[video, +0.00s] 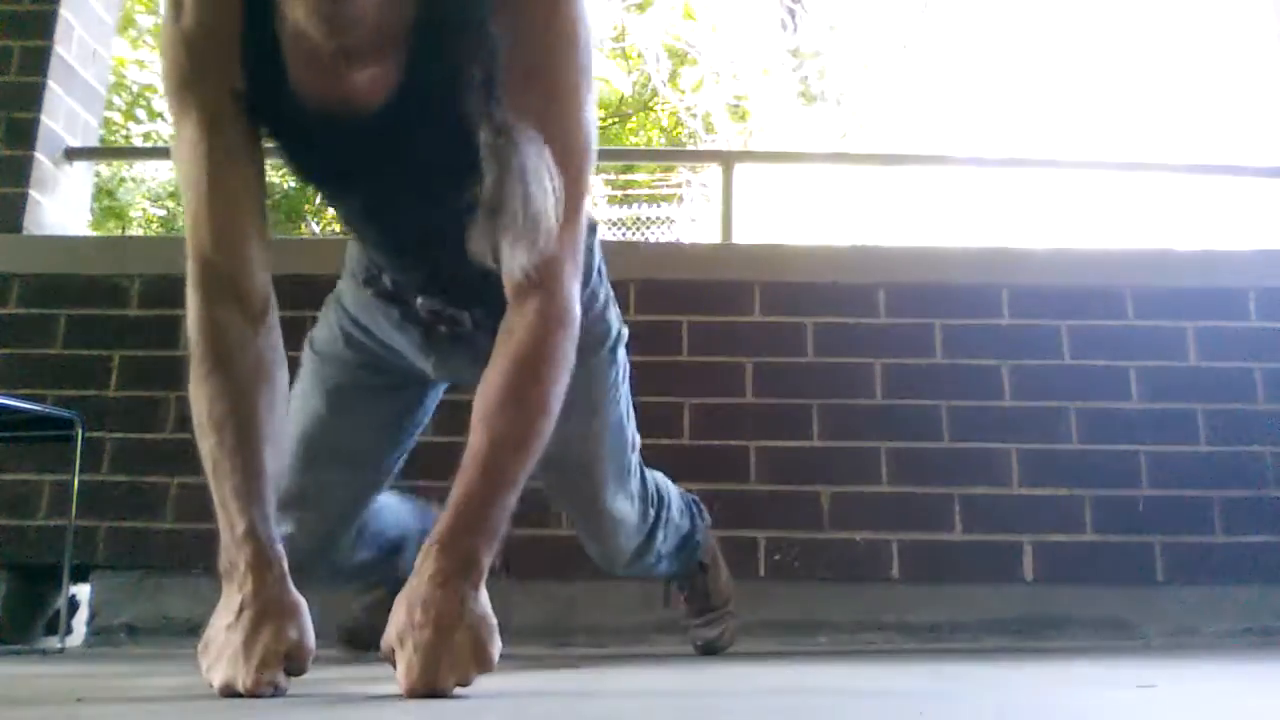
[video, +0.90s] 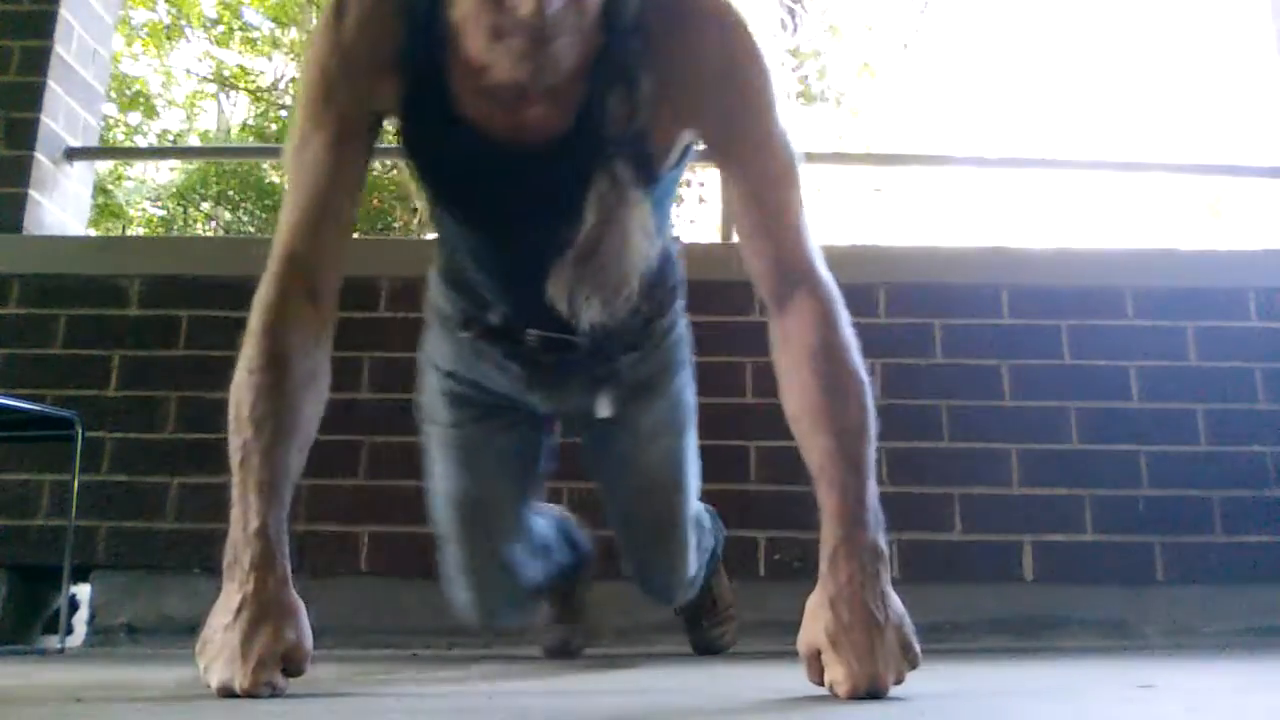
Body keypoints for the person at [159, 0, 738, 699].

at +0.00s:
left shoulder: (529, 16)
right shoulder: (210, 24)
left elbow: (544, 290)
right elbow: (228, 298)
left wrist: (456, 566)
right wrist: (249, 566)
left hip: (536, 295)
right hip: (384, 293)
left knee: (618, 535)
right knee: (298, 539)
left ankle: (688, 542)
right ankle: (427, 546)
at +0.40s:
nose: (337, 50)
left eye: (355, 16)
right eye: (311, 21)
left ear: (404, 4)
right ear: (283, 6)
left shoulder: (515, 18)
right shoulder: (214, 27)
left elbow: (575, 288)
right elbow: (227, 298)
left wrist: (532, 551)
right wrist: (248, 571)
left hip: (523, 321)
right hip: (361, 319)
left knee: (596, 544)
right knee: (284, 589)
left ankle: (678, 533)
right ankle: (360, 562)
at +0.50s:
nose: (357, 5)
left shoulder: (539, 22)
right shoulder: (237, 31)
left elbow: (660, 264)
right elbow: (240, 299)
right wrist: (248, 565)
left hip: (531, 316)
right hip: (367, 316)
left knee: (615, 542)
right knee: (299, 564)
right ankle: (357, 564)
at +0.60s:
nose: (400, 16)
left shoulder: (572, 40)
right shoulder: (266, 33)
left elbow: (730, 292)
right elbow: (251, 303)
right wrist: (249, 572)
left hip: (551, 330)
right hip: (384, 319)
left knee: (621, 542)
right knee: (320, 555)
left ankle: (690, 545)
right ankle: (378, 562)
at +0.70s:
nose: (437, 36)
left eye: (473, 1)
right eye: (401, 1)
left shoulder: (612, 58)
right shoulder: (296, 38)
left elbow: (759, 303)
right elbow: (263, 308)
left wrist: (850, 557)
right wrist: (251, 568)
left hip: (574, 340)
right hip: (408, 325)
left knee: (631, 558)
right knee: (348, 571)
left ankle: (688, 549)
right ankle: (431, 541)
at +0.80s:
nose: (483, 22)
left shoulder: (650, 45)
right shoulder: (332, 32)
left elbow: (775, 298)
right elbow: (276, 306)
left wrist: (853, 561)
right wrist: (252, 564)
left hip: (603, 339)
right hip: (437, 334)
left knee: (643, 568)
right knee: (410, 591)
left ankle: (682, 556)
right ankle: (507, 523)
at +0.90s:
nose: (525, 13)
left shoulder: (692, 34)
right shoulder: (370, 27)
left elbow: (793, 287)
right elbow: (297, 296)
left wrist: (858, 561)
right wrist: (255, 566)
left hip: (636, 340)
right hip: (475, 338)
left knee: (663, 565)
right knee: (482, 593)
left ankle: (693, 569)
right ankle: (565, 549)